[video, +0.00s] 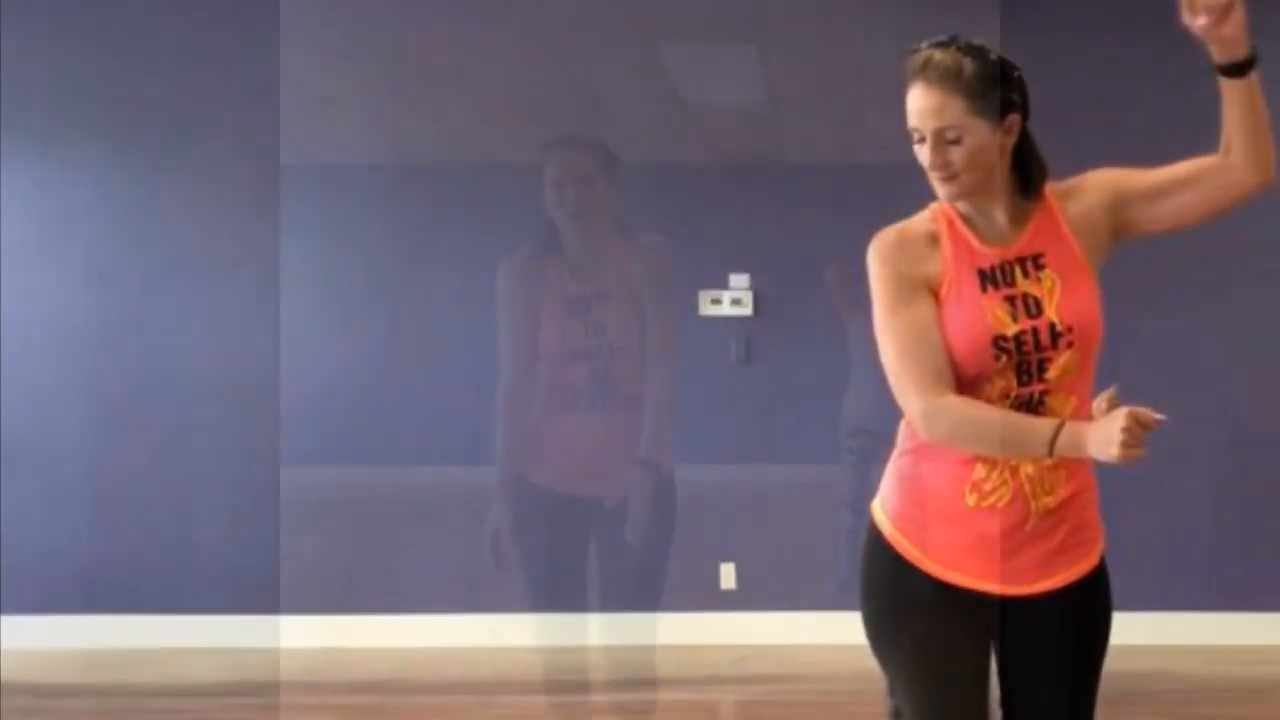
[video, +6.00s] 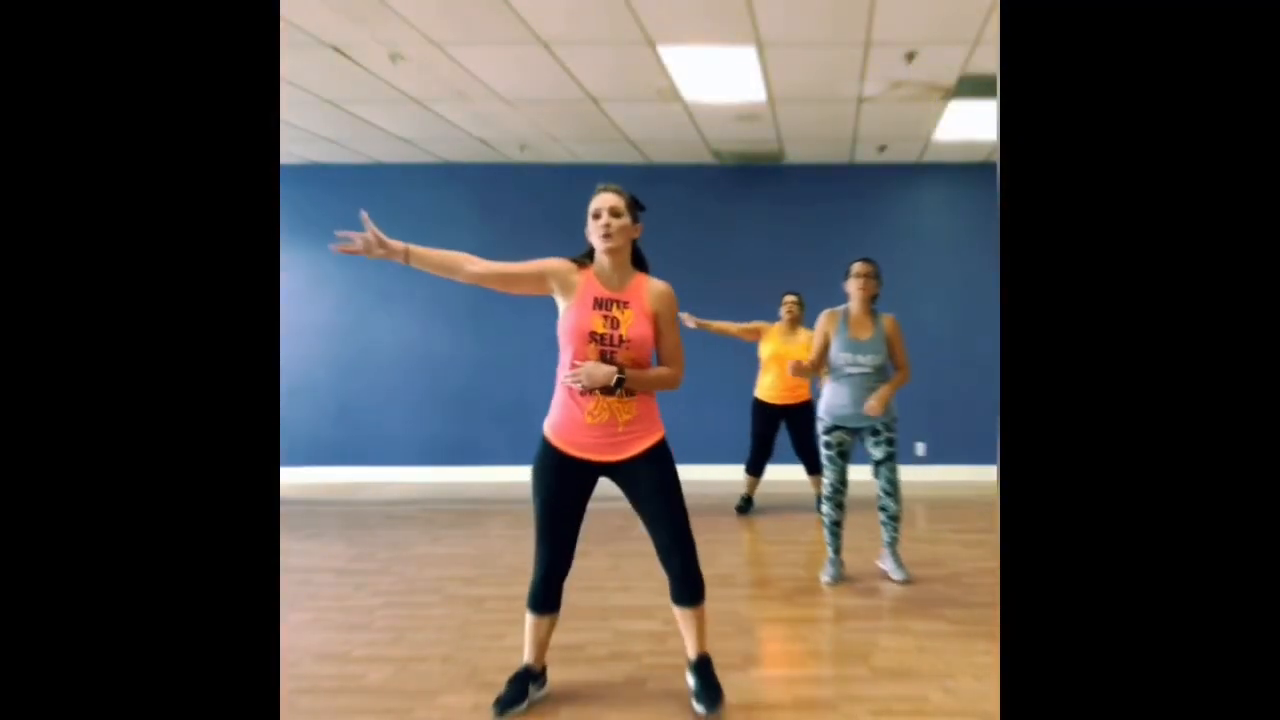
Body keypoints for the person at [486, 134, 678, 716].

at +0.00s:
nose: (572, 195)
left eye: (584, 181)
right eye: (558, 184)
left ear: (612, 188)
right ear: (543, 196)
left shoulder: (648, 261)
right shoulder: (524, 271)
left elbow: (662, 363)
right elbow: (515, 379)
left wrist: (649, 471)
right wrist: (503, 493)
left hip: (634, 484)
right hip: (547, 486)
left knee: (629, 648)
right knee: (558, 650)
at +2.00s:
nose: (625, 231)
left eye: (633, 223)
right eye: (615, 224)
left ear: (646, 232)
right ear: (598, 234)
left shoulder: (658, 292)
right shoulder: (571, 284)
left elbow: (668, 367)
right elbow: (538, 363)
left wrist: (618, 373)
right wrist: (564, 340)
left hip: (633, 446)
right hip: (567, 446)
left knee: (672, 546)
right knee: (577, 565)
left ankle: (668, 676)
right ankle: (571, 667)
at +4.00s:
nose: (635, 232)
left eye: (635, 222)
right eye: (625, 223)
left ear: (622, 229)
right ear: (589, 229)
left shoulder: (637, 290)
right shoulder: (545, 284)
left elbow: (652, 372)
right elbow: (517, 371)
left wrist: (610, 373)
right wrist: (554, 336)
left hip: (624, 452)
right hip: (551, 454)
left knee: (679, 553)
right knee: (553, 576)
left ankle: (704, 681)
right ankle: (545, 690)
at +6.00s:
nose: (605, 223)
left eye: (615, 215)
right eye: (597, 216)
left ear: (636, 227)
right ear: (587, 228)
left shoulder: (657, 294)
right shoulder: (564, 277)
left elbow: (673, 375)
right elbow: (473, 269)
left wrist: (619, 375)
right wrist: (395, 249)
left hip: (640, 446)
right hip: (567, 444)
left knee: (681, 556)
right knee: (550, 564)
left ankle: (699, 664)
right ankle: (532, 670)